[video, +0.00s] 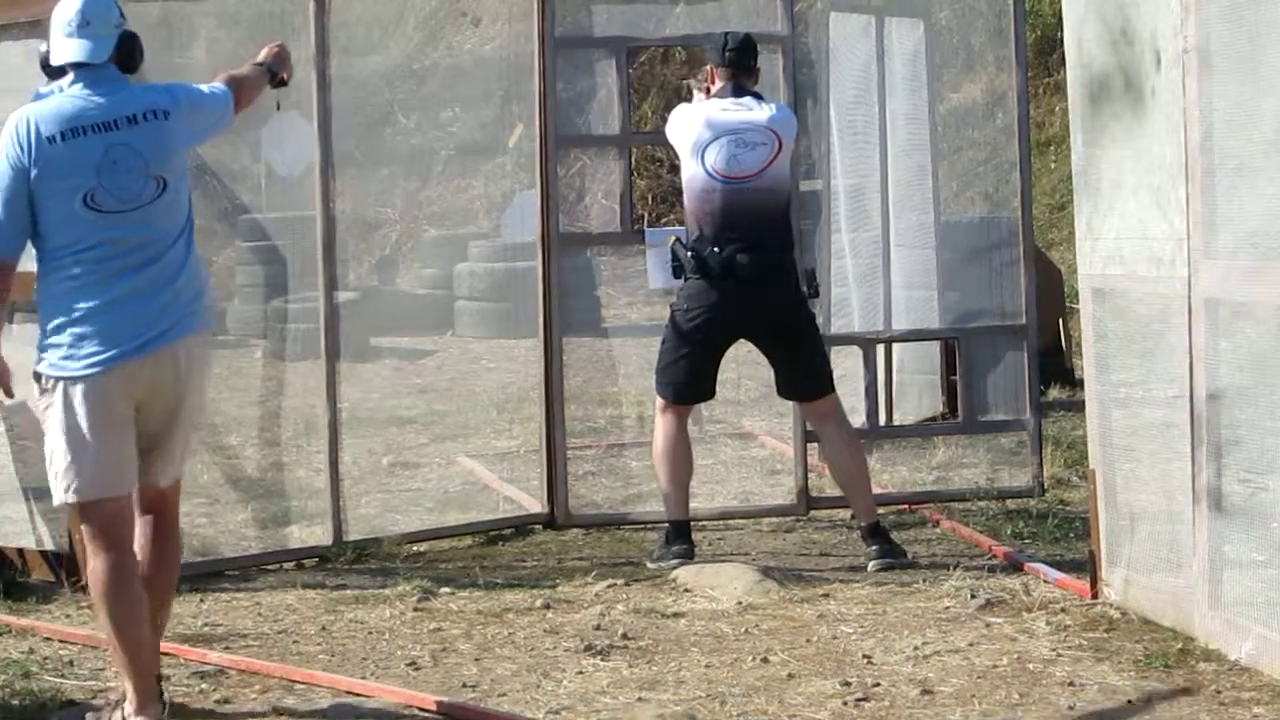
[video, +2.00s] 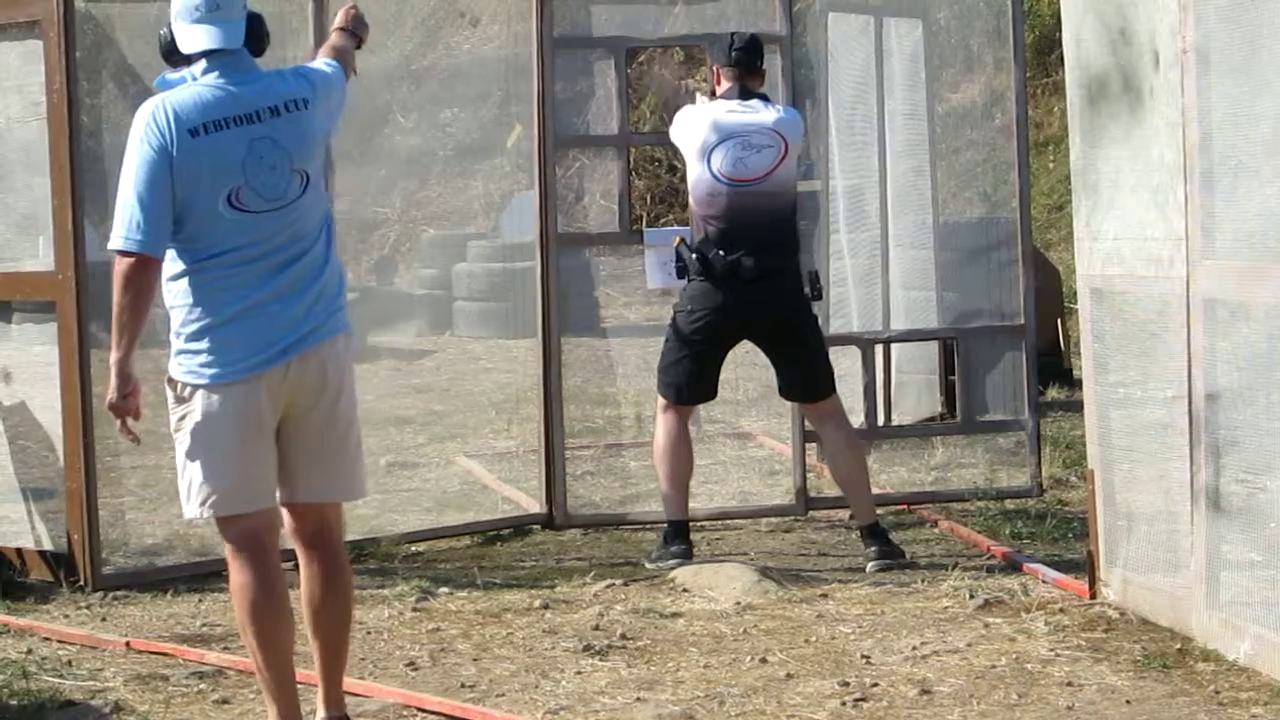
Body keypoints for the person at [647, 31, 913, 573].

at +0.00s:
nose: (712, 83)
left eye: (710, 76)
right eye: (738, 75)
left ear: (711, 79)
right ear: (757, 77)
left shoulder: (685, 120)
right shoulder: (784, 119)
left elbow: (689, 121)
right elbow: (753, 116)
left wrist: (705, 98)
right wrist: (720, 95)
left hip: (707, 294)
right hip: (778, 293)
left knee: (672, 409)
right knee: (827, 413)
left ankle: (676, 538)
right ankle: (875, 535)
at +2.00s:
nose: (714, 83)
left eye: (712, 75)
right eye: (729, 74)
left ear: (717, 78)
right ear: (762, 76)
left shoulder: (690, 122)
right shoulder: (791, 122)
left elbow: (692, 123)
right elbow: (759, 124)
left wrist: (713, 100)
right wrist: (731, 98)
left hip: (710, 296)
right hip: (781, 294)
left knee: (673, 408)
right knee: (828, 414)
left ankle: (675, 538)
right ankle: (875, 536)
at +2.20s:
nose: (714, 82)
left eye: (712, 75)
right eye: (730, 74)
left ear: (717, 77)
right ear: (762, 76)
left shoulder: (691, 121)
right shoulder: (791, 121)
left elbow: (700, 128)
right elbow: (761, 125)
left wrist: (719, 99)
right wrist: (735, 97)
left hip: (711, 296)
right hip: (782, 295)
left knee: (673, 408)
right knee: (828, 415)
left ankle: (675, 538)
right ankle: (875, 536)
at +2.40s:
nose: (711, 81)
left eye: (710, 74)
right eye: (724, 74)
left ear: (716, 77)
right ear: (761, 76)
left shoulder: (689, 121)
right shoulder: (791, 121)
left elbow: (701, 133)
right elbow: (759, 128)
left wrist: (718, 99)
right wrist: (733, 97)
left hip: (711, 295)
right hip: (781, 294)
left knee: (673, 408)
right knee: (828, 414)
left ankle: (675, 538)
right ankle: (874, 536)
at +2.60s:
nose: (712, 82)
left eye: (711, 75)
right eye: (726, 74)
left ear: (715, 77)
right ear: (760, 77)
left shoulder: (688, 121)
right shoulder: (791, 122)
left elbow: (705, 132)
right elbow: (762, 127)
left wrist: (717, 98)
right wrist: (736, 96)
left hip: (711, 296)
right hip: (781, 295)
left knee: (673, 409)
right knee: (828, 415)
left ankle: (675, 538)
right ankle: (875, 536)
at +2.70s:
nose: (713, 83)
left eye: (711, 76)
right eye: (727, 75)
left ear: (715, 77)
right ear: (760, 78)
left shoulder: (689, 123)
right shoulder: (791, 122)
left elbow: (701, 128)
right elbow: (760, 128)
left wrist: (716, 97)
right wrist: (737, 95)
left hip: (712, 296)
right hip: (781, 294)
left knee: (673, 408)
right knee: (828, 415)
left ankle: (676, 538)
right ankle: (875, 536)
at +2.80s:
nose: (712, 83)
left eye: (711, 76)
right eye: (724, 76)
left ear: (716, 77)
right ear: (761, 77)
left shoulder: (689, 122)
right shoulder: (792, 122)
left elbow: (704, 131)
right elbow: (759, 129)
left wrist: (717, 98)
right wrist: (735, 96)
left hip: (711, 296)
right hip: (781, 295)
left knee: (673, 409)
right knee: (828, 414)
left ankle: (676, 538)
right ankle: (875, 536)